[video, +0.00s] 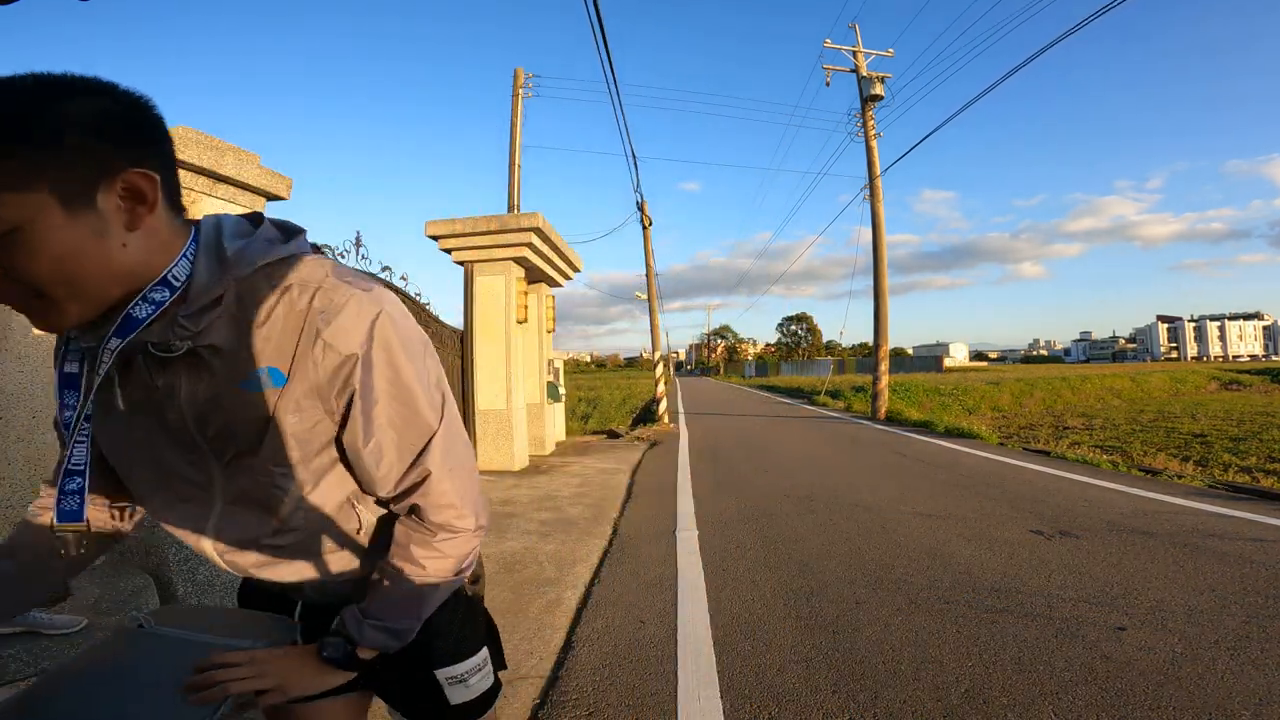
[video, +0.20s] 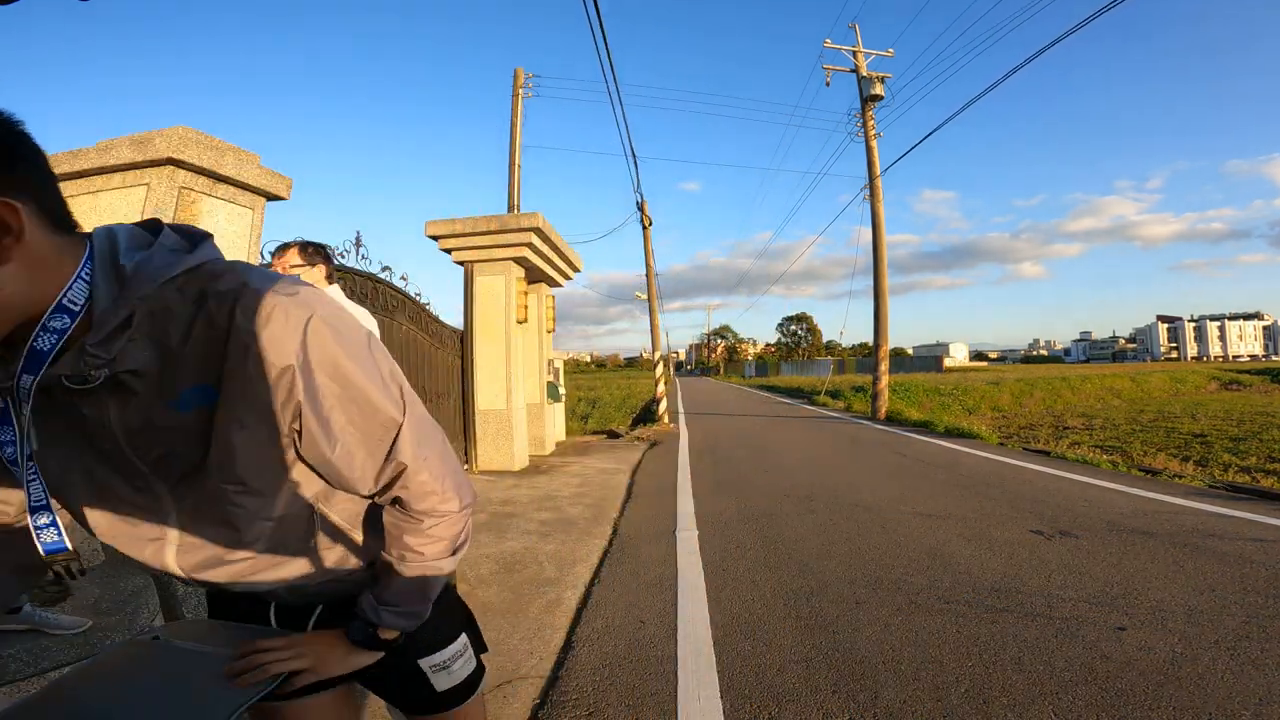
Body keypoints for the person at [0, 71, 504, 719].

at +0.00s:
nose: (1, 279)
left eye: (11, 235)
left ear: (132, 203)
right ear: (134, 206)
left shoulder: (336, 318)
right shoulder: (99, 346)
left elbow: (449, 515)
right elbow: (87, 509)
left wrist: (344, 653)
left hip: (405, 589)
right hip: (278, 597)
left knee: (454, 707)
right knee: (297, 708)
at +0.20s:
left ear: (9, 224)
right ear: (14, 224)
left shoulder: (271, 322)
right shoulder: (28, 378)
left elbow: (437, 499)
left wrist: (367, 633)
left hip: (385, 596)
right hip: (247, 605)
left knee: (454, 705)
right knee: (301, 709)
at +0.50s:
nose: (292, 275)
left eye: (300, 264)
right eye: (290, 264)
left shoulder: (216, 321)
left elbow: (397, 471)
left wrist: (361, 609)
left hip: (359, 578)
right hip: (221, 605)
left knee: (448, 709)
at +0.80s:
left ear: (36, 204)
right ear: (32, 205)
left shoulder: (237, 290)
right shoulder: (14, 375)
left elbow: (418, 437)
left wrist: (298, 579)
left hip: (361, 566)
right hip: (217, 599)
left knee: (446, 708)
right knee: (285, 711)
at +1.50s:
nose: (16, 280)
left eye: (53, 230)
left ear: (189, 202)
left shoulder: (300, 339)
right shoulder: (76, 340)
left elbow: (166, 617)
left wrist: (13, 703)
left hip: (393, 595)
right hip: (262, 604)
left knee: (462, 709)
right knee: (288, 708)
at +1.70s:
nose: (66, 360)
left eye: (115, 302)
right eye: (17, 311)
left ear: (271, 237)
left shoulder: (422, 387)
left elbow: (443, 633)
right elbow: (137, 472)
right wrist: (25, 533)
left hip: (453, 625)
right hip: (305, 617)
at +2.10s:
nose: (286, 424)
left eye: (349, 356)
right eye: (218, 361)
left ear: (513, 251)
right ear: (169, 311)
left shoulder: (649, 381)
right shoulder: (244, 386)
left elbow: (664, 598)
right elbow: (280, 566)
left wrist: (579, 703)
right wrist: (200, 672)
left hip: (596, 636)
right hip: (428, 645)